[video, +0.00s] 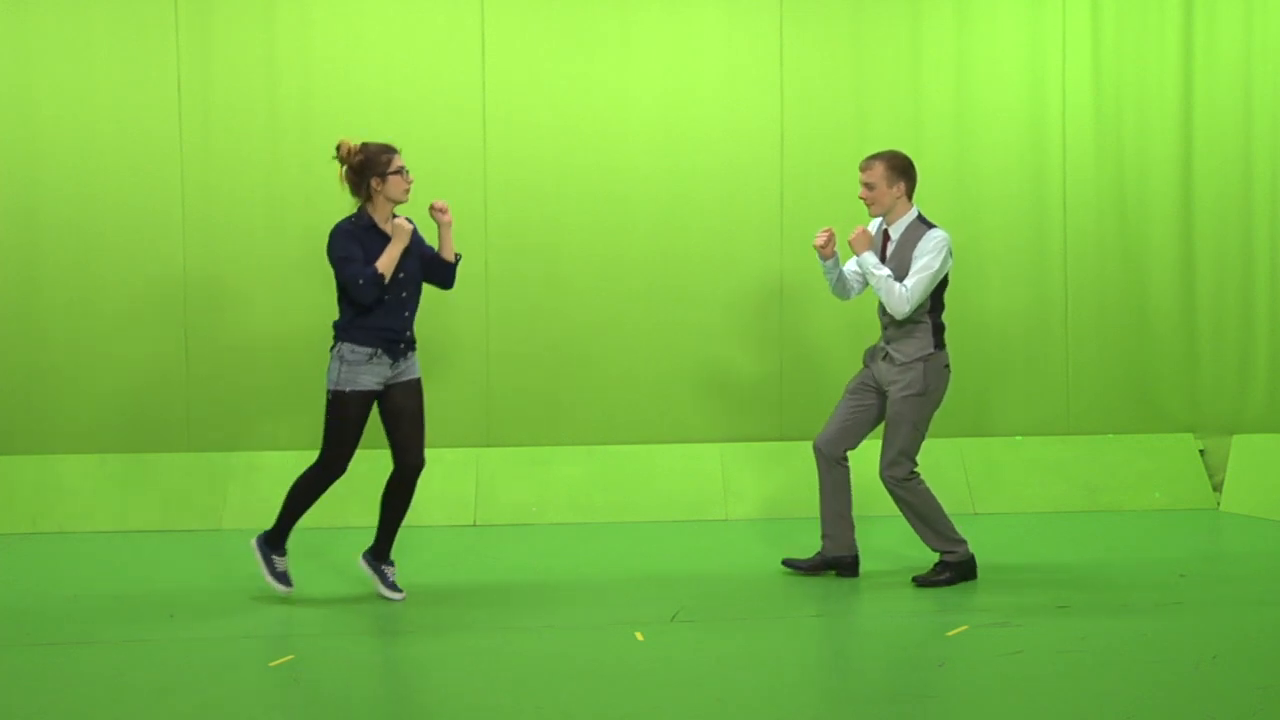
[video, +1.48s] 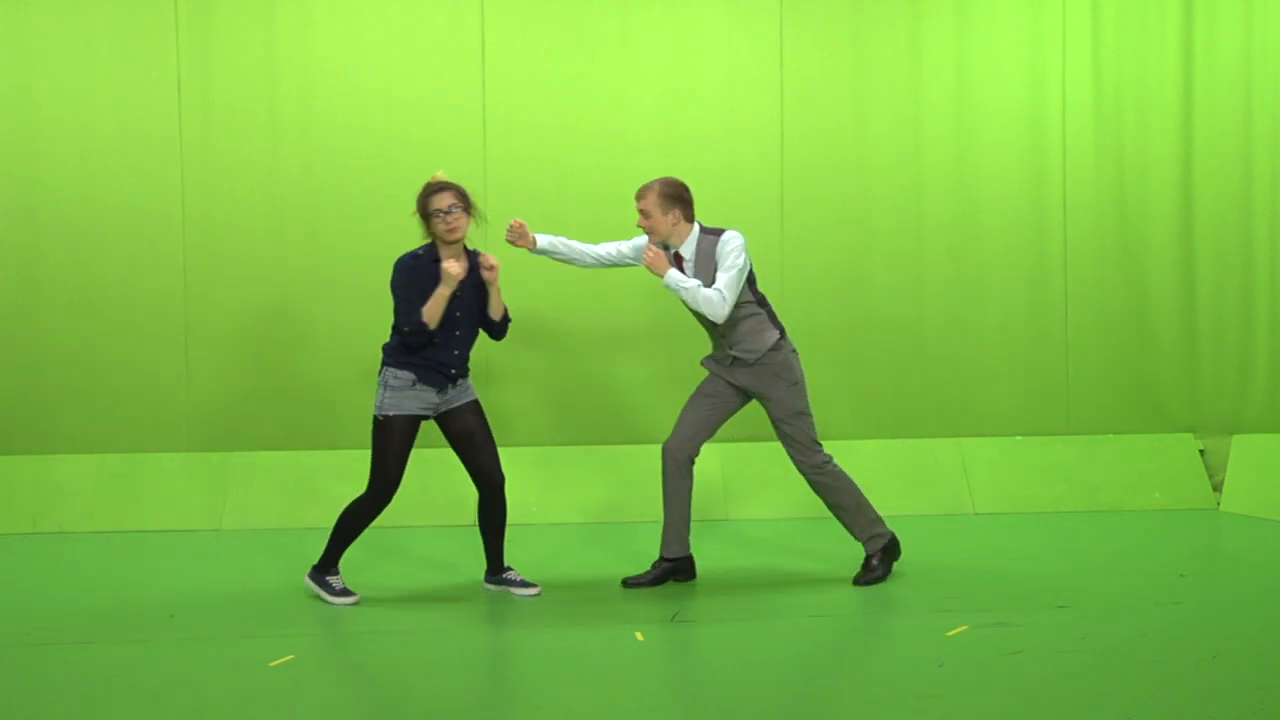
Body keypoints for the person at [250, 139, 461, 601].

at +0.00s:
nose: (408, 179)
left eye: (406, 172)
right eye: (400, 174)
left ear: (389, 183)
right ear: (375, 183)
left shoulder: (406, 234)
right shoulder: (346, 234)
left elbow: (446, 276)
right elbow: (361, 292)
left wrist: (444, 229)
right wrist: (398, 244)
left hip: (401, 360)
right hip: (356, 359)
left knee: (410, 461)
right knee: (333, 462)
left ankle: (379, 555)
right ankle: (273, 541)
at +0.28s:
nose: (464, 210)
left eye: (461, 203)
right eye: (454, 205)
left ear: (437, 215)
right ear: (429, 216)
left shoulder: (448, 263)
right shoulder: (403, 265)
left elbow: (487, 319)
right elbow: (439, 317)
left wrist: (505, 275)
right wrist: (461, 266)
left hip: (461, 384)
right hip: (417, 387)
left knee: (497, 477)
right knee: (404, 497)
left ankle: (499, 570)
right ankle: (333, 561)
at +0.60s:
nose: (506, 201)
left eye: (503, 193)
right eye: (497, 195)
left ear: (477, 204)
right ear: (473, 205)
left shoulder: (487, 252)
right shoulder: (448, 252)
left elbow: (522, 303)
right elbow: (487, 304)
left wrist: (537, 260)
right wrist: (513, 256)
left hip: (479, 379)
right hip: (440, 378)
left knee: (507, 475)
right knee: (418, 483)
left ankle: (499, 568)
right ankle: (344, 554)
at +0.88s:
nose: (508, 216)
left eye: (505, 209)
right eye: (500, 211)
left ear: (482, 220)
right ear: (476, 220)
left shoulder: (486, 270)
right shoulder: (451, 268)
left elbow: (514, 330)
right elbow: (483, 327)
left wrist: (531, 287)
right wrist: (514, 284)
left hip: (485, 394)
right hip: (447, 394)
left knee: (516, 484)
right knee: (416, 494)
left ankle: (498, 570)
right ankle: (333, 563)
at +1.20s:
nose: (513, 212)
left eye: (510, 205)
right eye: (504, 207)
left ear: (488, 216)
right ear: (481, 216)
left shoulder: (488, 266)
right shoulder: (458, 262)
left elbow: (513, 326)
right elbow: (484, 326)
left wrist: (535, 285)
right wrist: (516, 285)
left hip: (468, 391)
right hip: (435, 389)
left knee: (502, 480)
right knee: (412, 492)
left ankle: (497, 571)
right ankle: (334, 563)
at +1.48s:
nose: (448, 219)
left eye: (455, 210)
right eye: (438, 214)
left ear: (468, 215)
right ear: (426, 222)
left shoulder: (479, 265)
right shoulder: (411, 266)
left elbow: (498, 330)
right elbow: (416, 330)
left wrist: (492, 286)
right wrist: (446, 286)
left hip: (454, 382)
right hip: (405, 380)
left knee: (491, 480)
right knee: (382, 489)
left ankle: (497, 570)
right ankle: (324, 569)